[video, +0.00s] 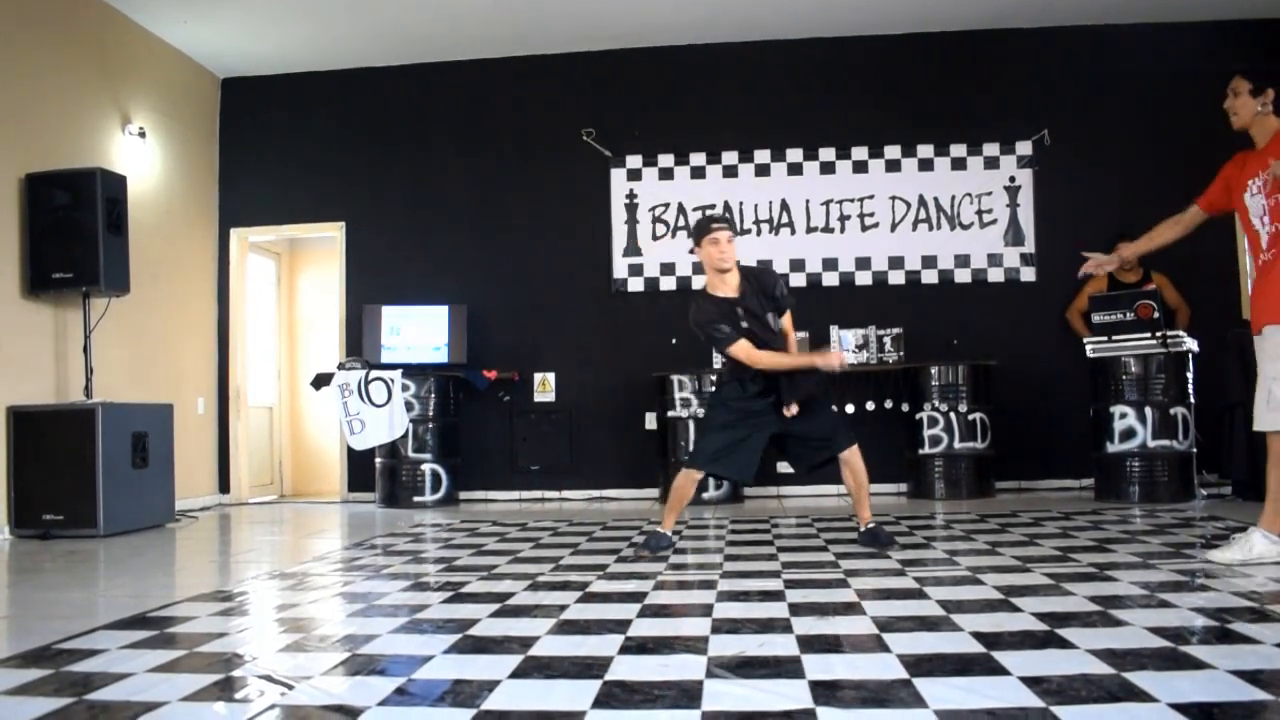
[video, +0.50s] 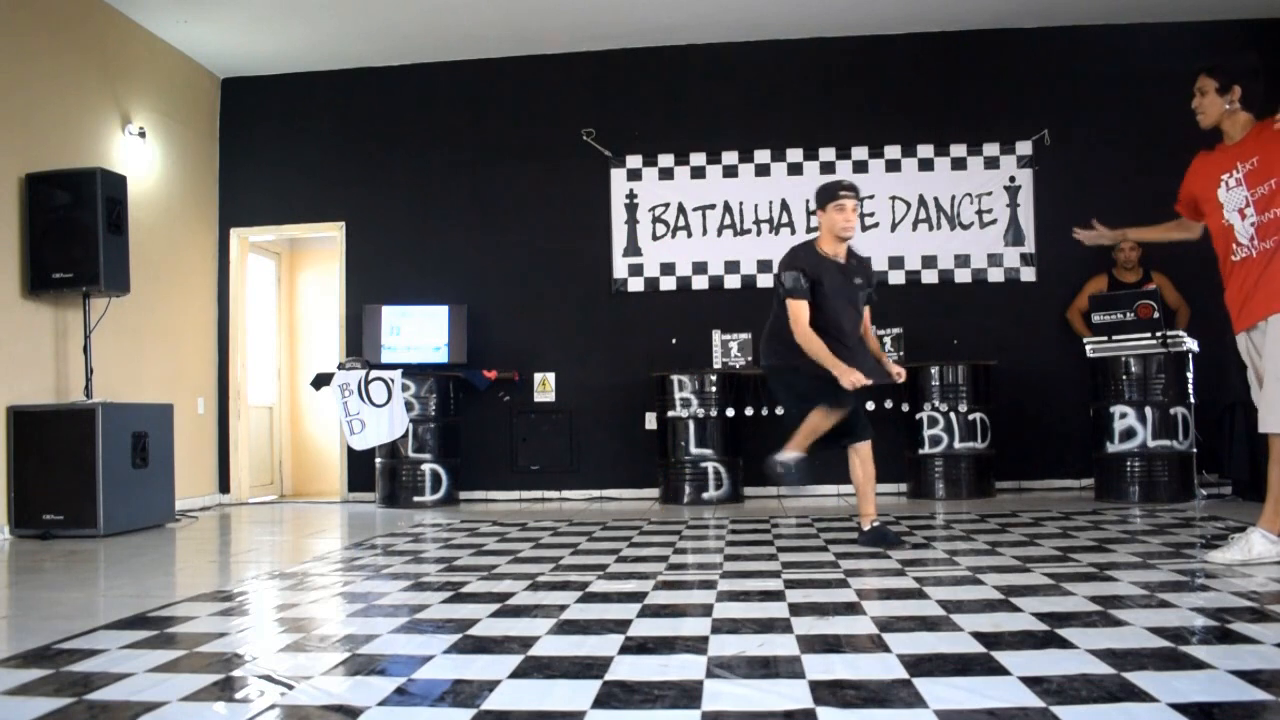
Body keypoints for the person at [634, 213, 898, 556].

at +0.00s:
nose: (724, 248)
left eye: (729, 241)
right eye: (714, 243)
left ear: (737, 247)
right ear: (698, 253)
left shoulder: (765, 280)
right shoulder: (704, 311)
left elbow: (789, 333)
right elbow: (753, 357)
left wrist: (789, 390)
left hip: (788, 383)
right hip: (739, 392)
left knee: (847, 443)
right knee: (697, 463)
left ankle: (867, 524)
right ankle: (664, 529)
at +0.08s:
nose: (738, 251)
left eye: (742, 243)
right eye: (727, 245)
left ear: (748, 247)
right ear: (711, 253)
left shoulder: (770, 278)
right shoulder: (716, 313)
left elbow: (795, 327)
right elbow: (766, 361)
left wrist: (799, 377)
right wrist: (822, 389)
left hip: (788, 393)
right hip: (742, 401)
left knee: (852, 442)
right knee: (702, 466)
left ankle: (867, 524)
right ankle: (662, 529)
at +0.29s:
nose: (781, 248)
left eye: (785, 241)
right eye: (771, 242)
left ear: (791, 246)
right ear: (752, 251)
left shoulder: (805, 286)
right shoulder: (744, 307)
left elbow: (820, 322)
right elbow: (763, 374)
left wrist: (844, 343)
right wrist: (812, 404)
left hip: (812, 401)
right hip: (757, 407)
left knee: (866, 439)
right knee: (707, 465)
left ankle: (869, 525)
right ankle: (659, 530)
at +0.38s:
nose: (820, 222)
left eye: (824, 214)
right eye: (810, 216)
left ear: (829, 220)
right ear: (790, 224)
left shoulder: (835, 271)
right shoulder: (783, 277)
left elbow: (847, 329)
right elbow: (787, 347)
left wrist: (864, 367)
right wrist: (808, 403)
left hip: (823, 378)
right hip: (779, 383)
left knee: (870, 436)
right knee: (752, 461)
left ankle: (870, 524)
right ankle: (685, 515)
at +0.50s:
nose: (850, 217)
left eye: (854, 210)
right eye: (840, 210)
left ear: (859, 216)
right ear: (821, 215)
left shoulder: (860, 267)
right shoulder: (799, 261)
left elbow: (864, 328)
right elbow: (800, 329)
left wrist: (884, 361)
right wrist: (839, 367)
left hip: (837, 360)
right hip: (791, 359)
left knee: (860, 432)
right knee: (841, 396)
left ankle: (869, 524)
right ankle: (787, 456)